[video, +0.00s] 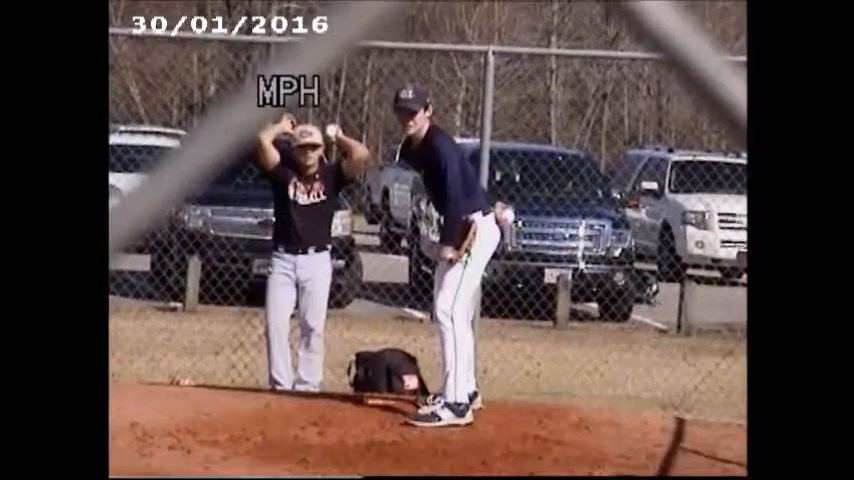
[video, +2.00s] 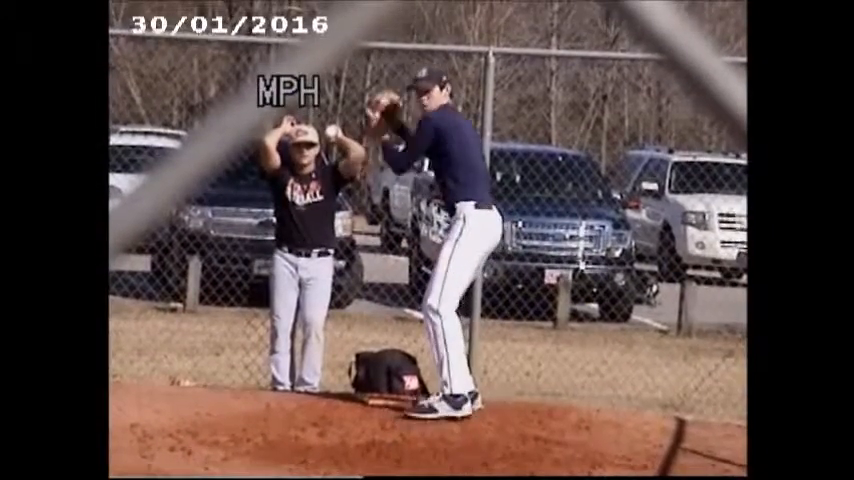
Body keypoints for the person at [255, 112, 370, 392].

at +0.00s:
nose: (309, 154)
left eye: (314, 148)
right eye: (303, 149)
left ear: (322, 150)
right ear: (294, 151)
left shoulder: (333, 175)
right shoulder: (283, 174)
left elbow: (362, 156)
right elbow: (264, 142)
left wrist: (340, 138)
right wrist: (280, 127)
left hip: (317, 260)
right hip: (283, 259)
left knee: (313, 325)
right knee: (276, 323)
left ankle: (308, 386)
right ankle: (279, 384)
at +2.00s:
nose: (304, 153)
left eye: (310, 147)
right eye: (299, 147)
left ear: (318, 149)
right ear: (291, 149)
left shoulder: (330, 174)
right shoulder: (281, 174)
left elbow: (358, 157)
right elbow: (268, 148)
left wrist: (339, 138)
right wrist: (282, 129)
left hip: (320, 260)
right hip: (286, 258)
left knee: (314, 324)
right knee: (281, 322)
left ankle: (309, 383)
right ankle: (280, 382)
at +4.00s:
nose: (309, 156)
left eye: (314, 151)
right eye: (304, 151)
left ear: (323, 152)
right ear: (295, 153)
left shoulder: (334, 177)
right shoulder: (284, 178)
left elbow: (366, 158)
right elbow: (267, 146)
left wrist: (343, 141)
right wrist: (282, 130)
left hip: (321, 261)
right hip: (287, 259)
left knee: (314, 323)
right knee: (283, 323)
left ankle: (309, 382)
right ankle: (283, 382)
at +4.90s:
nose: (309, 151)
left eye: (315, 146)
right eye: (303, 146)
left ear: (323, 147)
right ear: (294, 147)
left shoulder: (333, 173)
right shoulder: (283, 173)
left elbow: (363, 152)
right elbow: (267, 141)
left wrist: (341, 135)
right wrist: (282, 126)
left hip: (320, 257)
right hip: (286, 255)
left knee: (314, 319)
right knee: (282, 318)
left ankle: (308, 379)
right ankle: (282, 378)